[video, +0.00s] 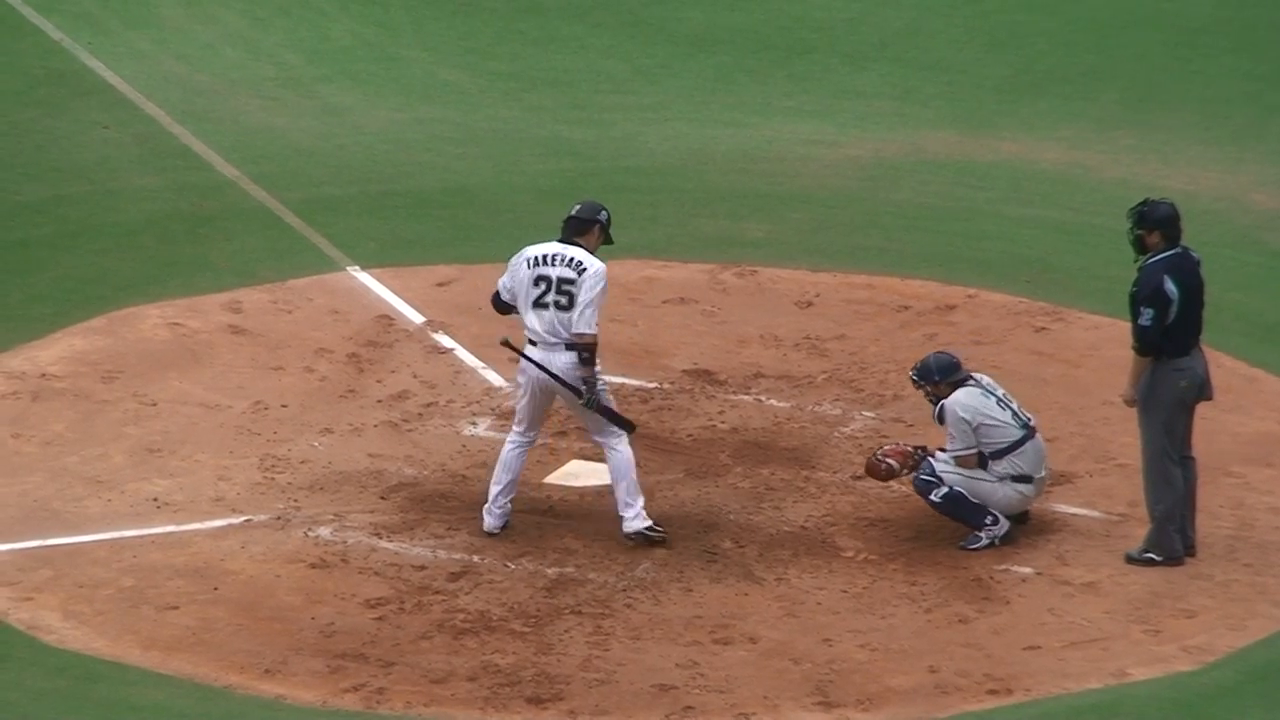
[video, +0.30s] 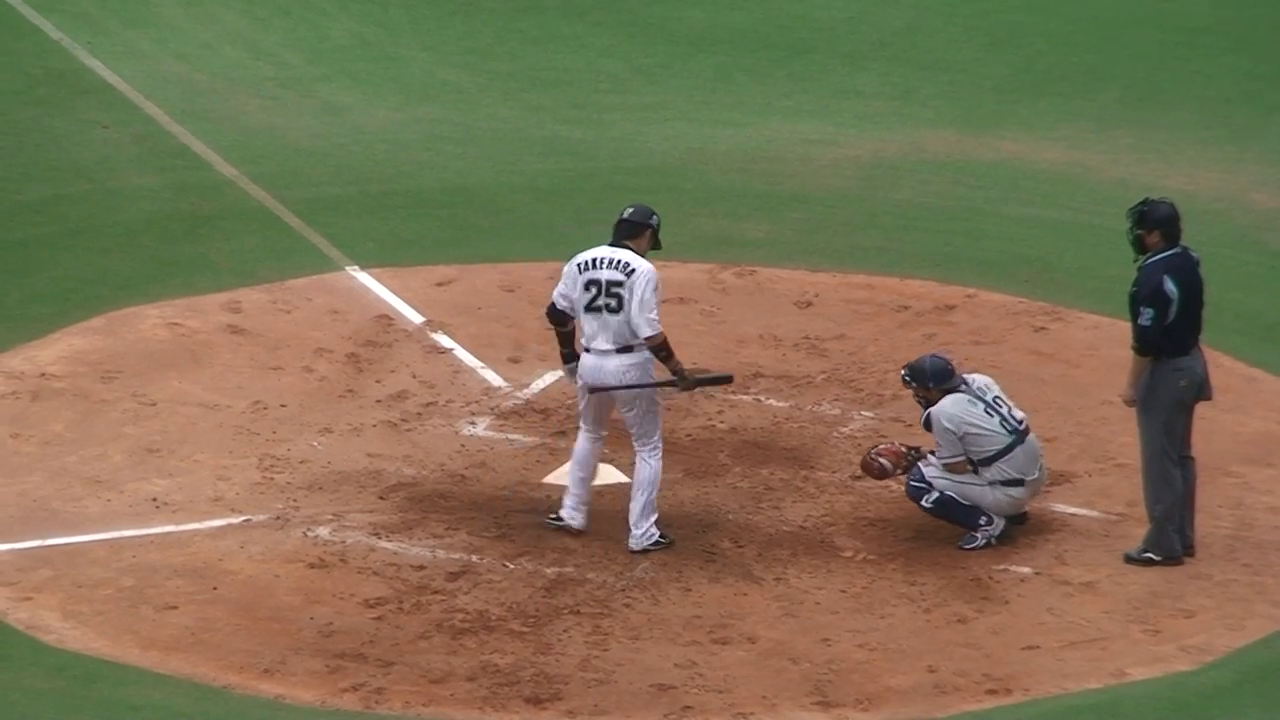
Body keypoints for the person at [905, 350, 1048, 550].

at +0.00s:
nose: (926, 393)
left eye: (927, 387)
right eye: (924, 388)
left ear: (941, 385)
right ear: (957, 374)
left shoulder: (954, 404)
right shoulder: (979, 379)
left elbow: (967, 461)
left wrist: (931, 455)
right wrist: (933, 453)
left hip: (1016, 493)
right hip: (1037, 477)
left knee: (926, 476)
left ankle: (992, 525)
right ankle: (1015, 508)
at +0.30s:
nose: (916, 395)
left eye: (918, 389)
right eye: (914, 389)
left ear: (932, 390)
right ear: (951, 376)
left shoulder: (940, 413)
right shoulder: (980, 379)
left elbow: (958, 468)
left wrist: (925, 458)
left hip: (1010, 496)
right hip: (1037, 477)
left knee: (918, 481)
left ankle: (987, 524)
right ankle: (1013, 510)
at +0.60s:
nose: (916, 391)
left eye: (919, 386)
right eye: (914, 386)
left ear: (933, 388)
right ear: (952, 376)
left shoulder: (940, 412)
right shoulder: (979, 383)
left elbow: (956, 468)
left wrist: (927, 457)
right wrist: (926, 452)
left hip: (1008, 496)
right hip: (1035, 478)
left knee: (917, 481)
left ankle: (987, 525)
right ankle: (1006, 511)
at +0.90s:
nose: (922, 387)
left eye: (926, 382)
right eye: (922, 381)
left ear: (943, 383)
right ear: (955, 379)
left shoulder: (958, 403)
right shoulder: (975, 387)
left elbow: (971, 460)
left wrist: (932, 452)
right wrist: (928, 445)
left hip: (1011, 492)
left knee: (929, 472)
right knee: (940, 455)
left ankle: (992, 524)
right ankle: (1002, 511)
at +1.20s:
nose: (923, 380)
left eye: (927, 374)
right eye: (923, 374)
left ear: (944, 375)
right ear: (949, 374)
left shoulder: (961, 396)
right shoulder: (974, 383)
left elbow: (970, 454)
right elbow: (961, 429)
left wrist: (933, 447)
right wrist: (927, 439)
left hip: (1011, 486)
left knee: (929, 469)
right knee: (941, 452)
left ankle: (991, 522)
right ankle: (1001, 505)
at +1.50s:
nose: (928, 382)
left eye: (931, 377)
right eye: (927, 377)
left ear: (948, 378)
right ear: (959, 375)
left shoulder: (961, 400)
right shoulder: (983, 383)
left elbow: (955, 461)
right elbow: (970, 436)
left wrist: (926, 450)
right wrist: (927, 432)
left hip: (1004, 490)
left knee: (915, 477)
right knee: (936, 454)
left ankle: (985, 520)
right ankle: (1001, 506)